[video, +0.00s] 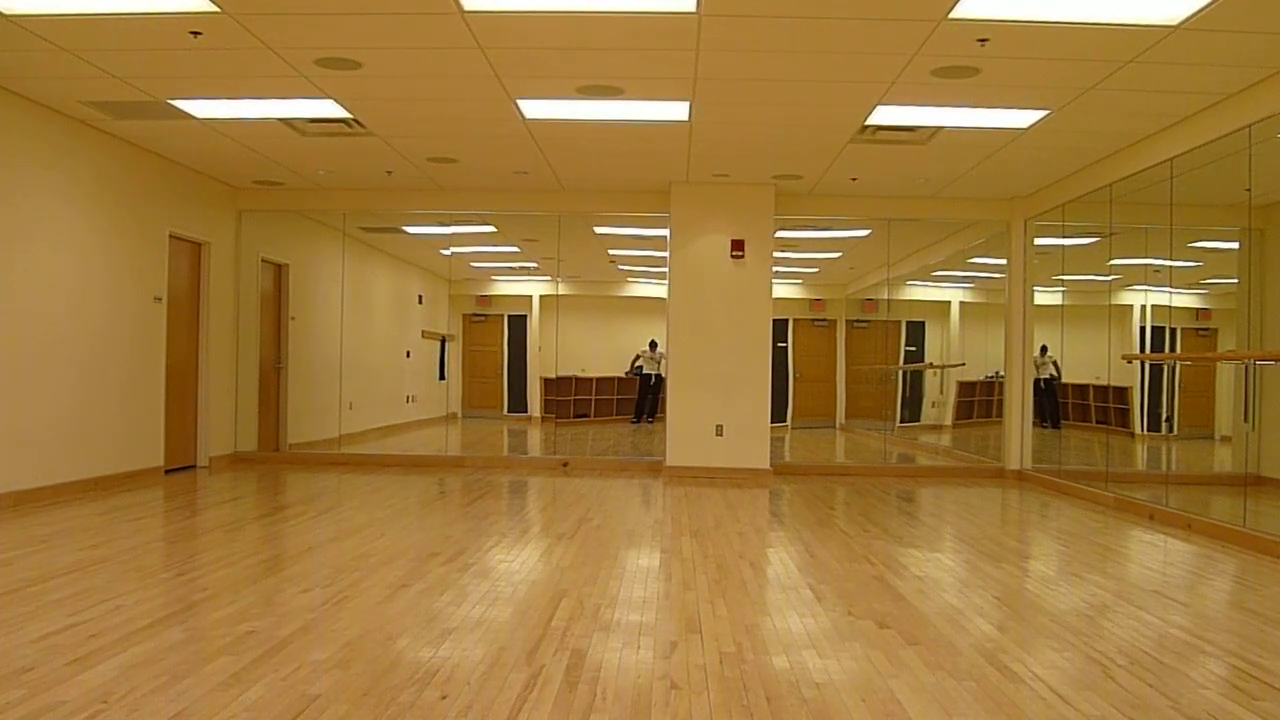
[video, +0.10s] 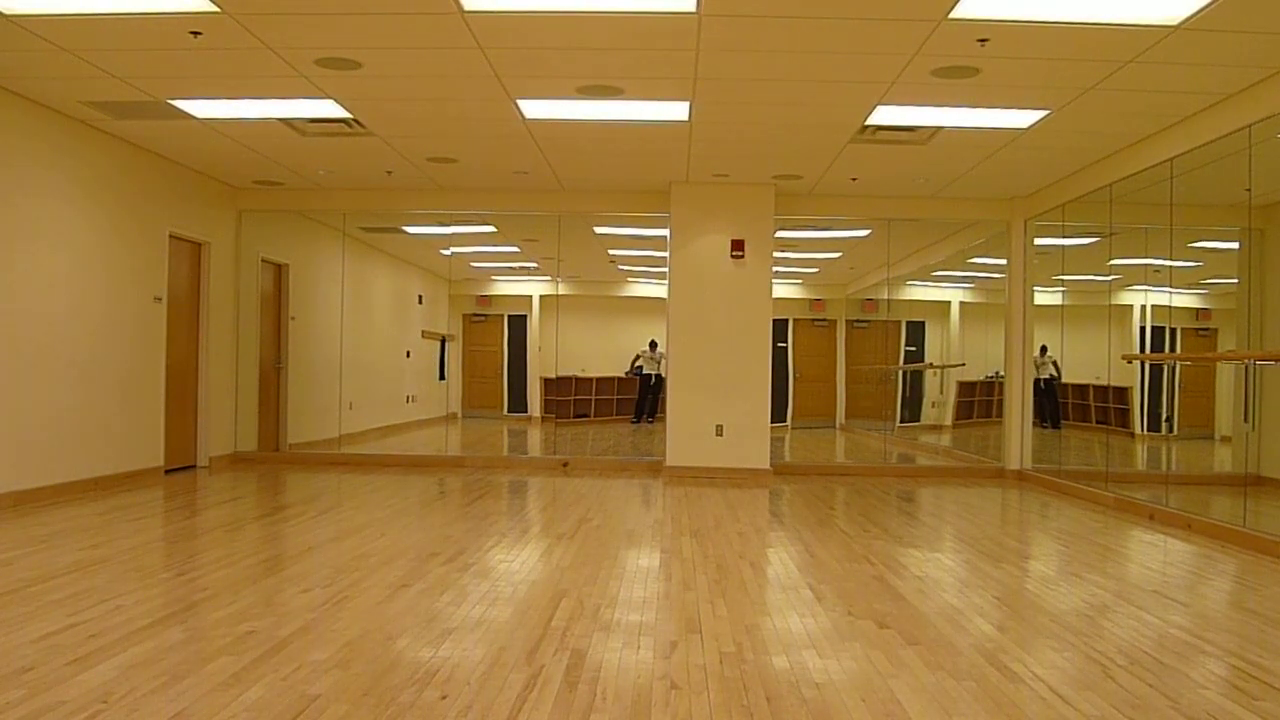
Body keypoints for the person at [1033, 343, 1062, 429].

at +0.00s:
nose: (1043, 354)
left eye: (1044, 352)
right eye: (1042, 352)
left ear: (1046, 352)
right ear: (1040, 351)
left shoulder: (1051, 358)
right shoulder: (1035, 359)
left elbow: (1057, 368)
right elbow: (1036, 369)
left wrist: (1059, 377)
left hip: (1050, 379)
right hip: (1040, 379)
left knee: (1053, 400)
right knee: (1042, 401)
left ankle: (1055, 422)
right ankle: (1044, 421)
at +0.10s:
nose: (1043, 354)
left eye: (1044, 352)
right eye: (1042, 352)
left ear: (1046, 352)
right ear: (1040, 351)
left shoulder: (1050, 358)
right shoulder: (1035, 359)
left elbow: (1057, 368)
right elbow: (1036, 369)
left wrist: (1059, 377)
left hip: (1050, 379)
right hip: (1040, 379)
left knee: (1053, 400)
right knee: (1042, 401)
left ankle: (1055, 422)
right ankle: (1044, 421)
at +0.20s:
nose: (1042, 354)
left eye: (1044, 352)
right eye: (1041, 352)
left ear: (1046, 352)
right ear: (1040, 351)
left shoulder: (1050, 358)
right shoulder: (1035, 359)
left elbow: (1057, 368)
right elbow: (1036, 369)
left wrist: (1059, 377)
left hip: (1050, 379)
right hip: (1040, 379)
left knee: (1053, 401)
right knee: (1042, 401)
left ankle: (1055, 422)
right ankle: (1043, 421)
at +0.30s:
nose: (1042, 353)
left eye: (1044, 351)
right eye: (1041, 351)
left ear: (1046, 351)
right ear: (1040, 351)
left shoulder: (1050, 358)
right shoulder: (1035, 359)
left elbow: (1057, 368)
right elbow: (1035, 369)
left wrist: (1059, 377)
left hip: (1050, 379)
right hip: (1040, 379)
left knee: (1053, 400)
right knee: (1042, 401)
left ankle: (1055, 421)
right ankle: (1043, 421)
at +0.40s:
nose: (1042, 353)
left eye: (1044, 351)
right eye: (1041, 351)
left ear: (1046, 351)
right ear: (1039, 351)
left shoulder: (1050, 358)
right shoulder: (1035, 359)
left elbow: (1056, 367)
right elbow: (1033, 369)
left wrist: (1059, 376)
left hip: (1049, 378)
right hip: (1039, 379)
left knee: (1053, 400)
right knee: (1040, 401)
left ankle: (1055, 421)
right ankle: (1043, 420)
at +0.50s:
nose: (1042, 353)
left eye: (1043, 351)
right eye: (1041, 351)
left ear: (1045, 351)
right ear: (1039, 351)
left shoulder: (1050, 358)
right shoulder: (1035, 359)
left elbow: (1056, 367)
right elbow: (1033, 369)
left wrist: (1059, 376)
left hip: (1050, 378)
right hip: (1039, 379)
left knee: (1054, 400)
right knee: (1041, 401)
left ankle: (1055, 421)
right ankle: (1043, 420)